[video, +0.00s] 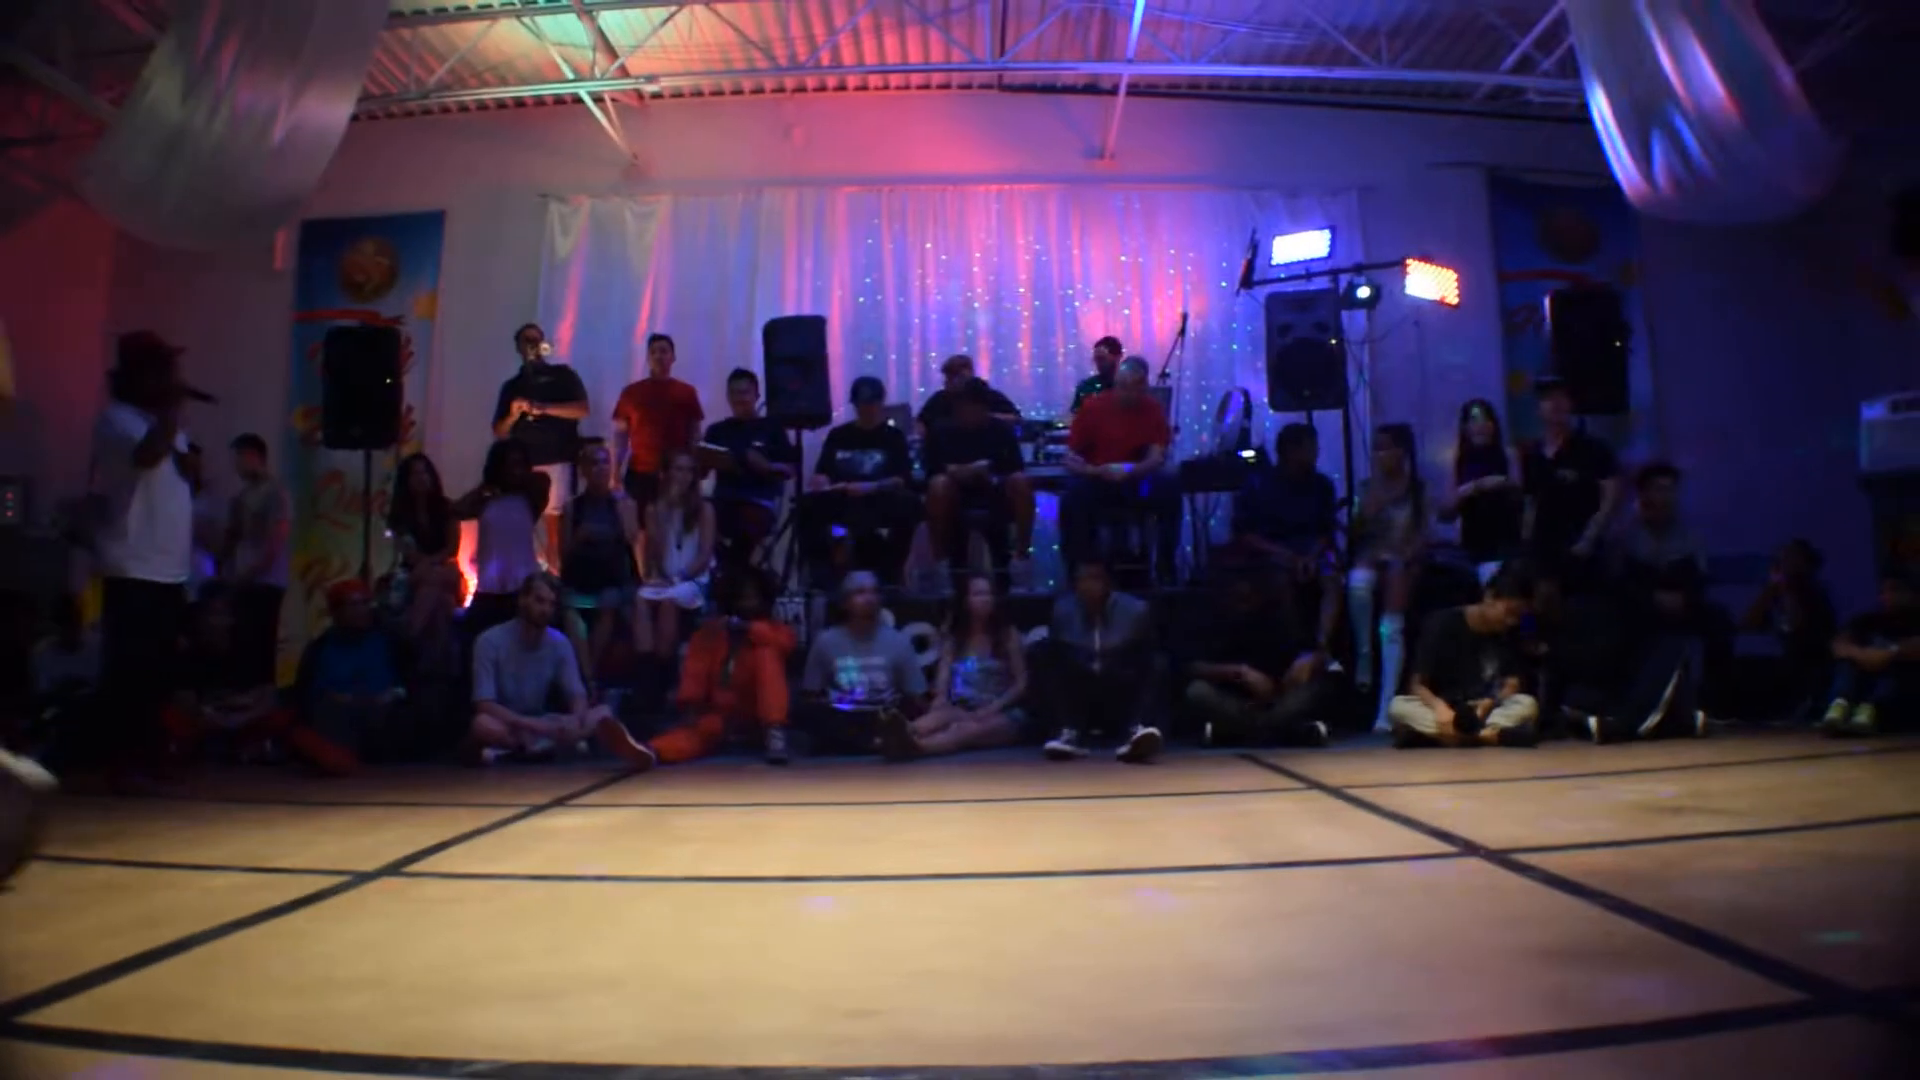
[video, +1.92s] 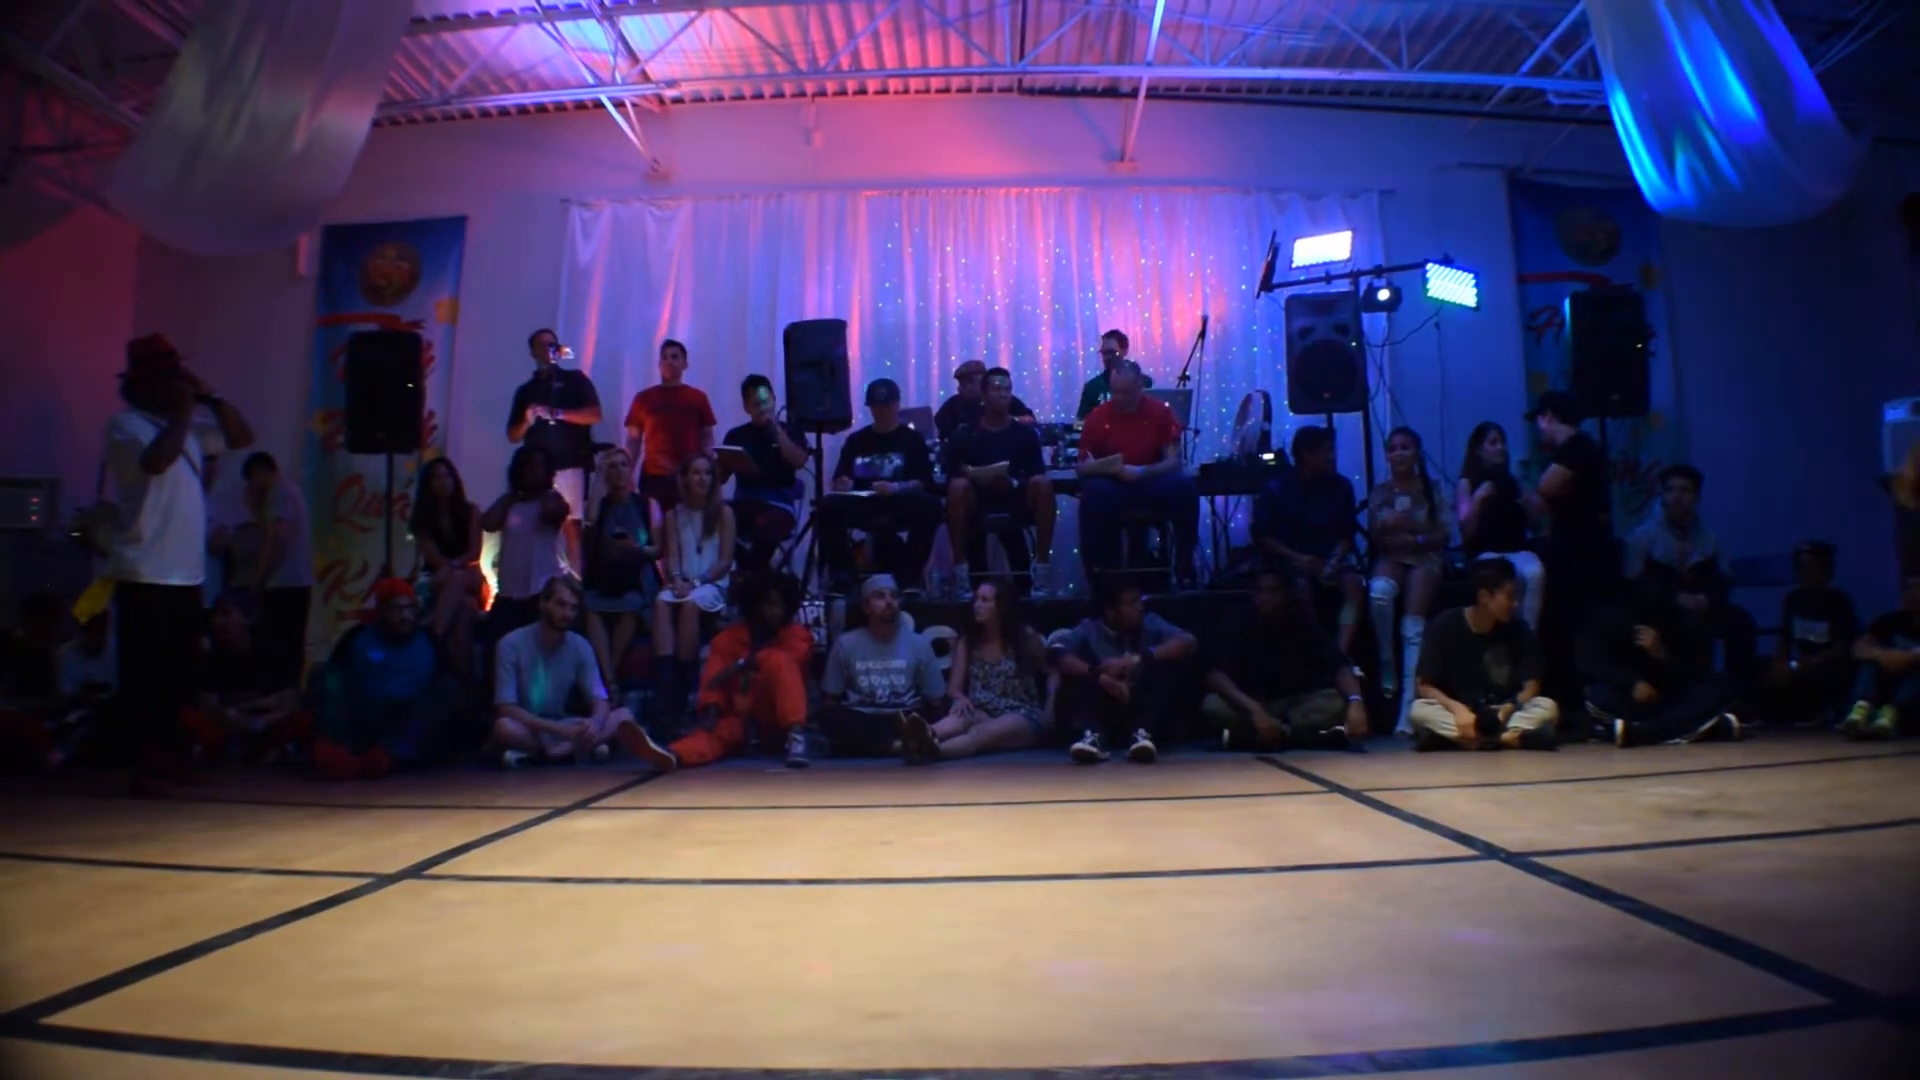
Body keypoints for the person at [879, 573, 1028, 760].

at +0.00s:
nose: (983, 600)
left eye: (987, 594)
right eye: (977, 594)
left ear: (995, 598)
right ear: (965, 599)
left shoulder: (1007, 635)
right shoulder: (954, 638)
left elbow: (1021, 683)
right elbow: (942, 680)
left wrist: (992, 708)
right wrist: (941, 703)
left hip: (996, 708)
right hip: (962, 707)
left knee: (967, 730)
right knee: (942, 714)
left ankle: (918, 747)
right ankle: (906, 731)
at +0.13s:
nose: (982, 602)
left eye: (986, 595)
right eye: (976, 595)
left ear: (993, 599)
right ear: (964, 599)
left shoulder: (1008, 635)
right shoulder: (953, 636)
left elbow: (1027, 684)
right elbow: (941, 684)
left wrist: (1003, 711)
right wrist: (942, 702)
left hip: (996, 707)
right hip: (962, 706)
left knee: (974, 728)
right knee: (943, 714)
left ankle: (920, 747)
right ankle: (907, 730)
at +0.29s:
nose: (985, 607)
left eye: (988, 601)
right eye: (979, 601)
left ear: (994, 603)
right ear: (965, 602)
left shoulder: (1007, 637)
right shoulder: (952, 639)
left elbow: (1025, 676)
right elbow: (939, 680)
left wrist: (1026, 707)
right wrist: (941, 697)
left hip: (998, 703)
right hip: (962, 702)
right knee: (942, 716)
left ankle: (924, 746)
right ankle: (909, 730)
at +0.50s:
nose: (985, 613)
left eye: (988, 607)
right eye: (979, 607)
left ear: (993, 608)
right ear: (964, 609)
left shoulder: (1007, 637)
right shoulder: (948, 645)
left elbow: (1026, 675)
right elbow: (939, 688)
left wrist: (1032, 712)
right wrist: (946, 702)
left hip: (1001, 709)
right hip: (963, 707)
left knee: (970, 731)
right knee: (945, 716)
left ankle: (923, 749)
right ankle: (910, 731)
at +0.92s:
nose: (1002, 610)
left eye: (1007, 603)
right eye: (996, 603)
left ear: (1013, 605)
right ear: (982, 605)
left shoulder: (1027, 636)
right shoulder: (970, 642)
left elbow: (1050, 676)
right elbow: (962, 685)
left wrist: (1057, 720)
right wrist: (969, 697)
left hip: (1026, 705)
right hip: (988, 704)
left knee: (993, 730)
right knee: (969, 712)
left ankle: (941, 746)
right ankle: (935, 730)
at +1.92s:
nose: (977, 605)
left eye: (985, 600)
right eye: (976, 600)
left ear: (1002, 605)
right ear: (973, 603)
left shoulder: (1025, 639)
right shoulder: (967, 642)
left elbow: (1052, 672)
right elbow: (953, 688)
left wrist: (1049, 712)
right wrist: (961, 699)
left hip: (1019, 712)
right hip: (981, 710)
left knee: (980, 735)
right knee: (961, 718)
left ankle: (935, 751)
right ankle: (924, 735)